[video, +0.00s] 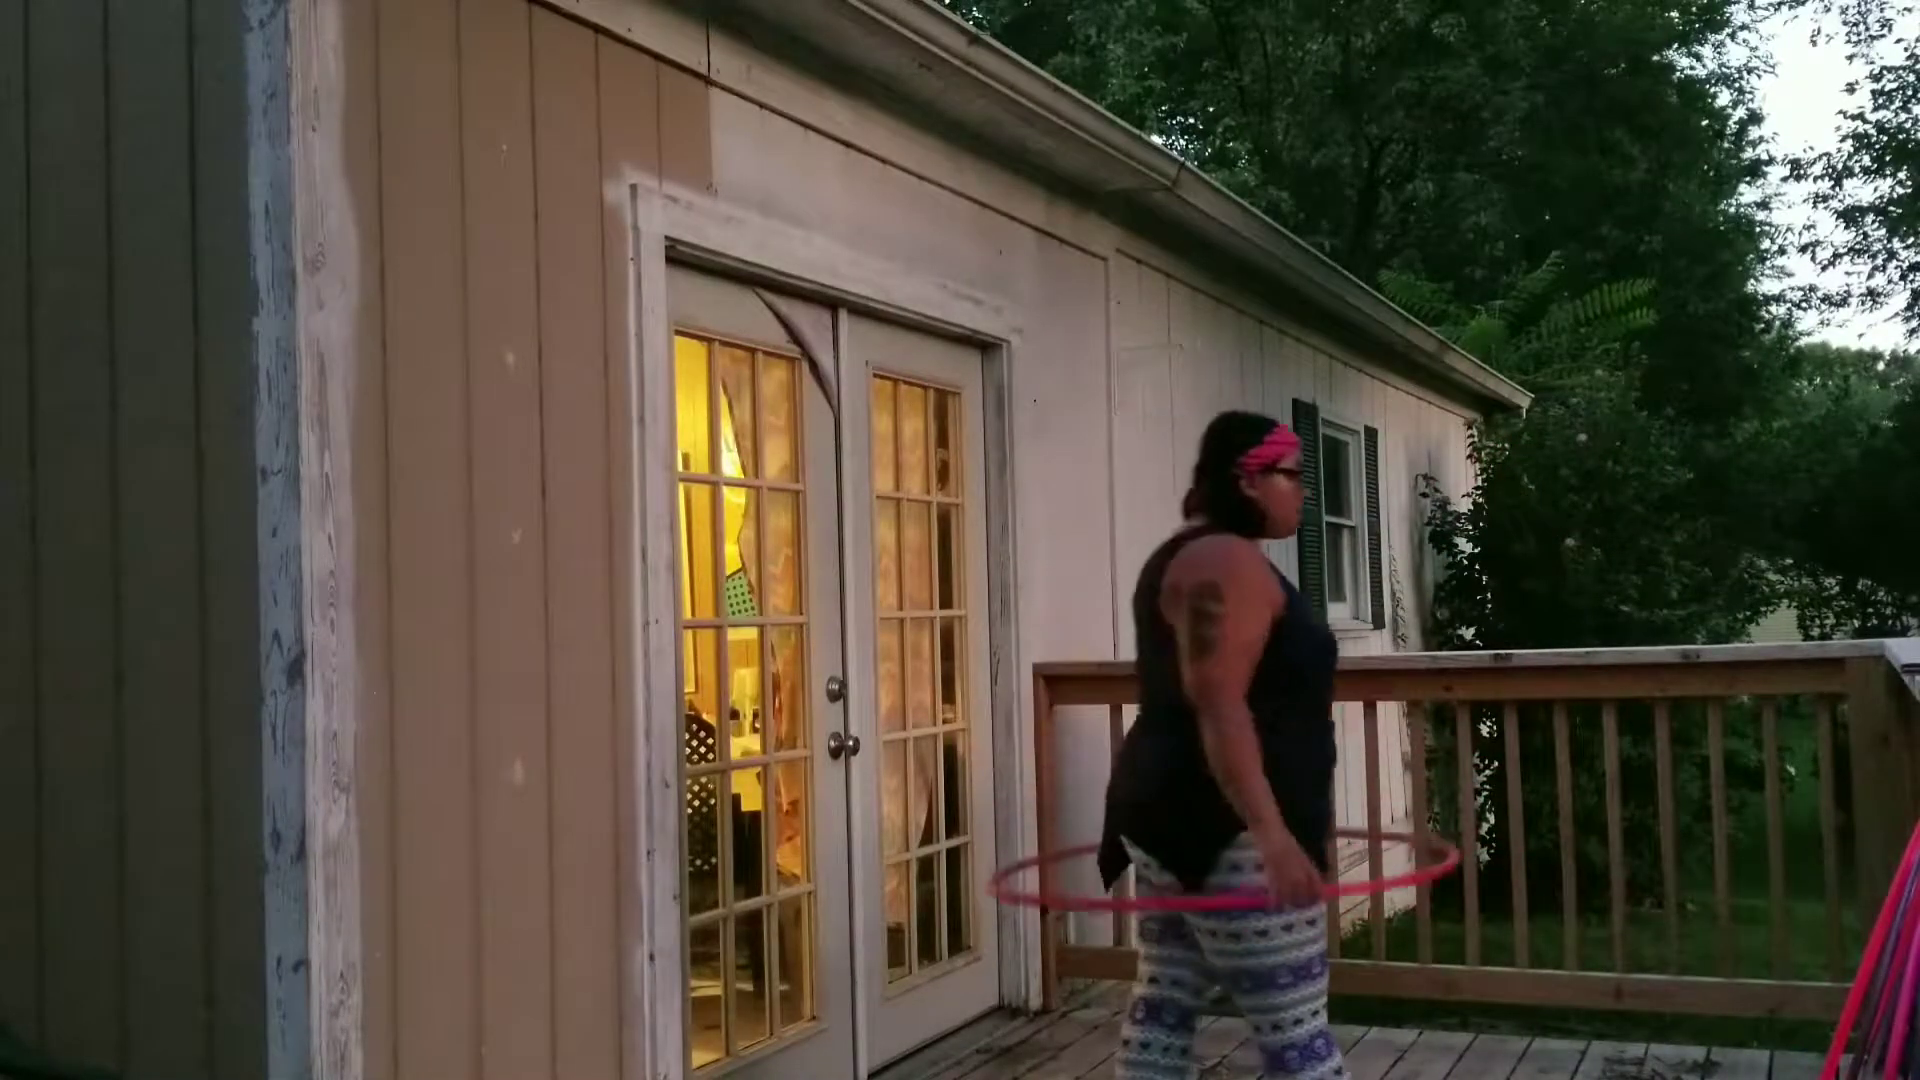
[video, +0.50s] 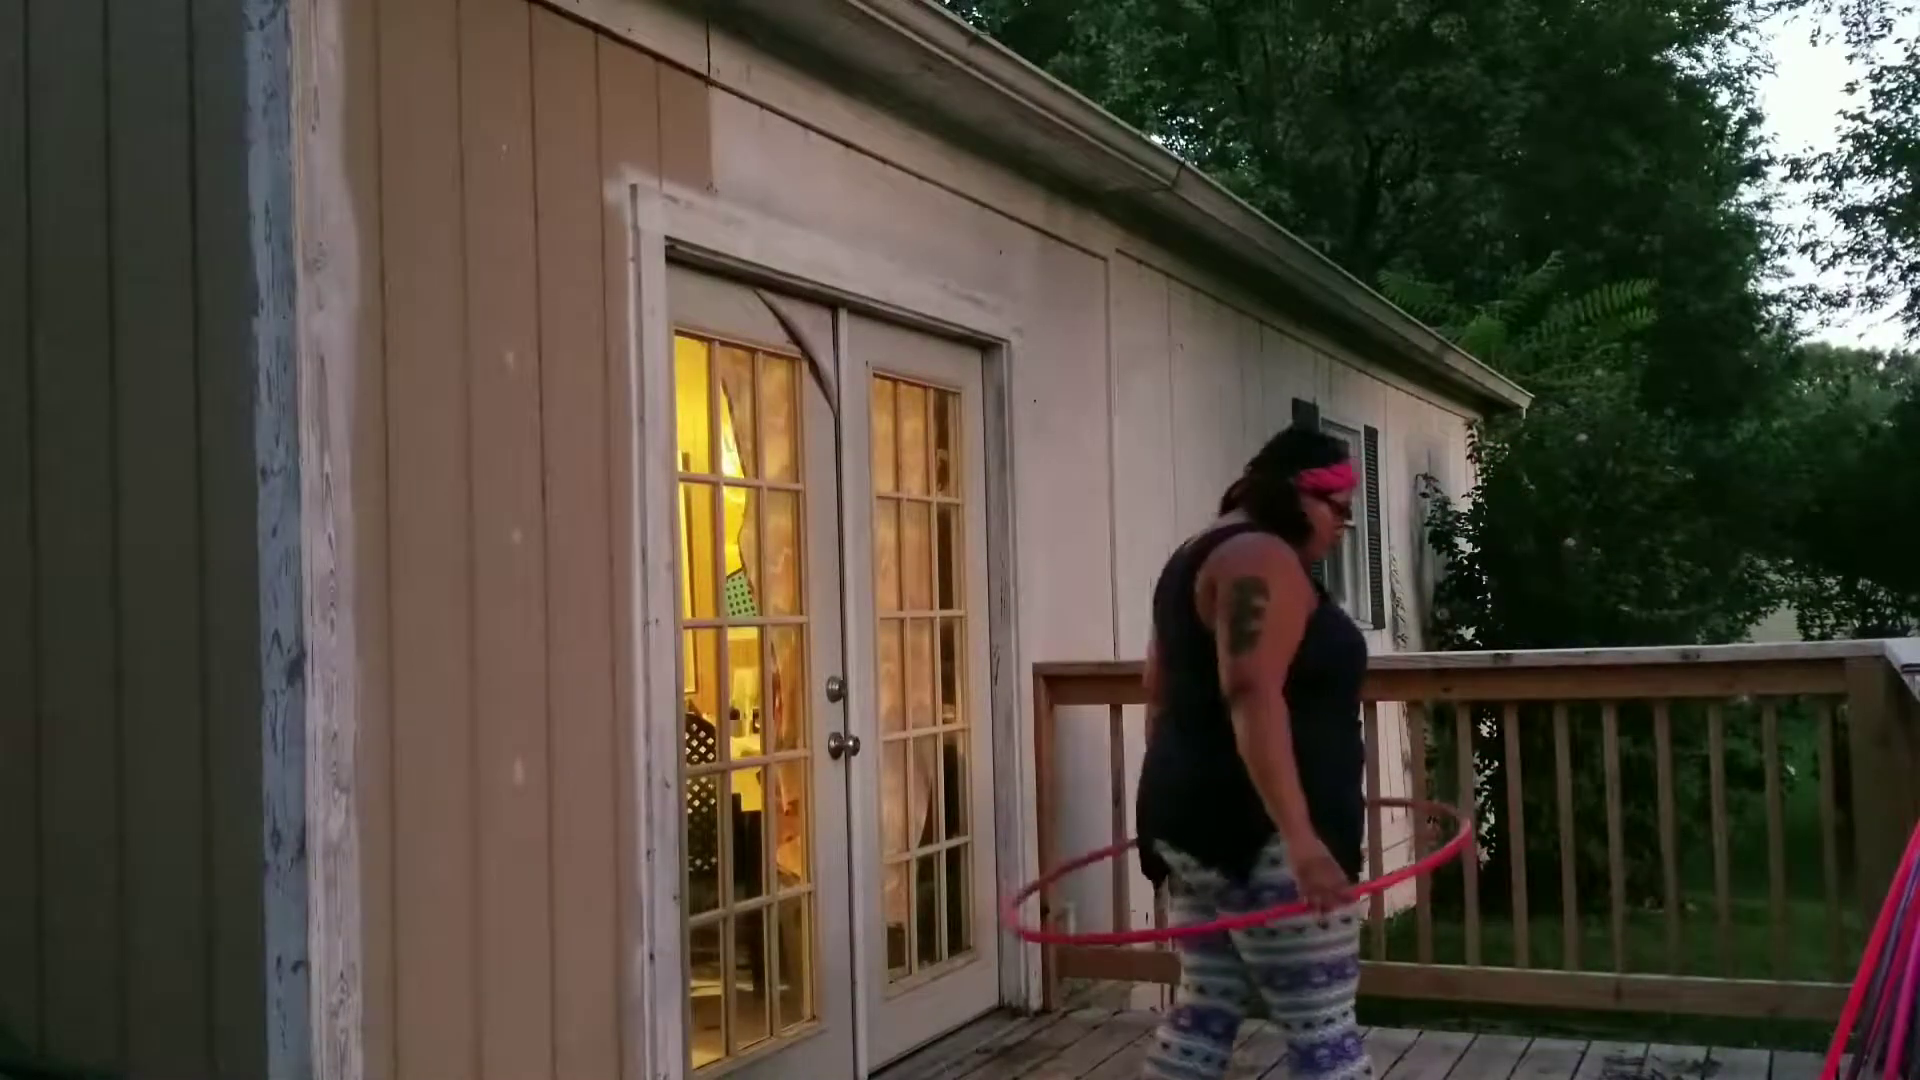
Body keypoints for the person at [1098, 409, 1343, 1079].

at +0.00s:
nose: (1303, 489)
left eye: (1300, 475)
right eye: (1292, 475)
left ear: (1242, 483)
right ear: (1251, 484)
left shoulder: (1175, 560)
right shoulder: (1231, 561)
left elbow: (1169, 709)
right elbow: (1218, 701)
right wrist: (1273, 832)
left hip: (1171, 827)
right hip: (1242, 835)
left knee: (1162, 1016)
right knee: (1296, 1033)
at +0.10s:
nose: (1328, 497)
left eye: (1326, 481)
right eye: (1318, 480)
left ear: (1266, 484)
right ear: (1277, 485)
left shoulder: (1198, 560)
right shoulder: (1257, 565)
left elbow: (1183, 710)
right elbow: (1256, 710)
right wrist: (1282, 850)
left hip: (1178, 822)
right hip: (1243, 834)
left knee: (1168, 1014)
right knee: (1305, 1033)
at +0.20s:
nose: (1349, 503)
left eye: (1349, 487)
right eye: (1341, 486)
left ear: (1285, 486)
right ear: (1298, 485)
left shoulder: (1214, 558)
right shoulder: (1273, 564)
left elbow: (1197, 711)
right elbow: (1269, 709)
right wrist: (1296, 852)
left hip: (1186, 829)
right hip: (1259, 840)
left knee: (1173, 1028)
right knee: (1318, 1045)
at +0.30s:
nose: (1359, 509)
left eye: (1361, 494)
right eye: (1352, 491)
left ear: (1288, 487)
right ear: (1308, 486)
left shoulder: (1211, 557)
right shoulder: (1279, 561)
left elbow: (1179, 703)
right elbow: (1267, 701)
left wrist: (1165, 826)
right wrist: (1308, 846)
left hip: (1194, 828)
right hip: (1270, 839)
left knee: (1185, 1026)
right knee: (1326, 1044)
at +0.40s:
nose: (1355, 517)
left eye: (1359, 502)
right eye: (1350, 498)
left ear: (1283, 487)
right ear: (1308, 487)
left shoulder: (1206, 556)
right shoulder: (1278, 558)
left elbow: (1169, 697)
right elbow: (1262, 693)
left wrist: (1167, 825)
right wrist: (1310, 840)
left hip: (1196, 826)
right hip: (1275, 836)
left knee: (1198, 1023)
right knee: (1327, 1039)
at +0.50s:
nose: (1344, 524)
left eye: (1348, 510)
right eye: (1338, 507)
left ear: (1274, 492)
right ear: (1296, 494)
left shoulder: (1194, 559)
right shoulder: (1263, 560)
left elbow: (1161, 694)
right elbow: (1252, 694)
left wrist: (1163, 829)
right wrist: (1303, 839)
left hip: (1194, 828)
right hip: (1272, 837)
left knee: (1205, 1015)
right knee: (1325, 1035)